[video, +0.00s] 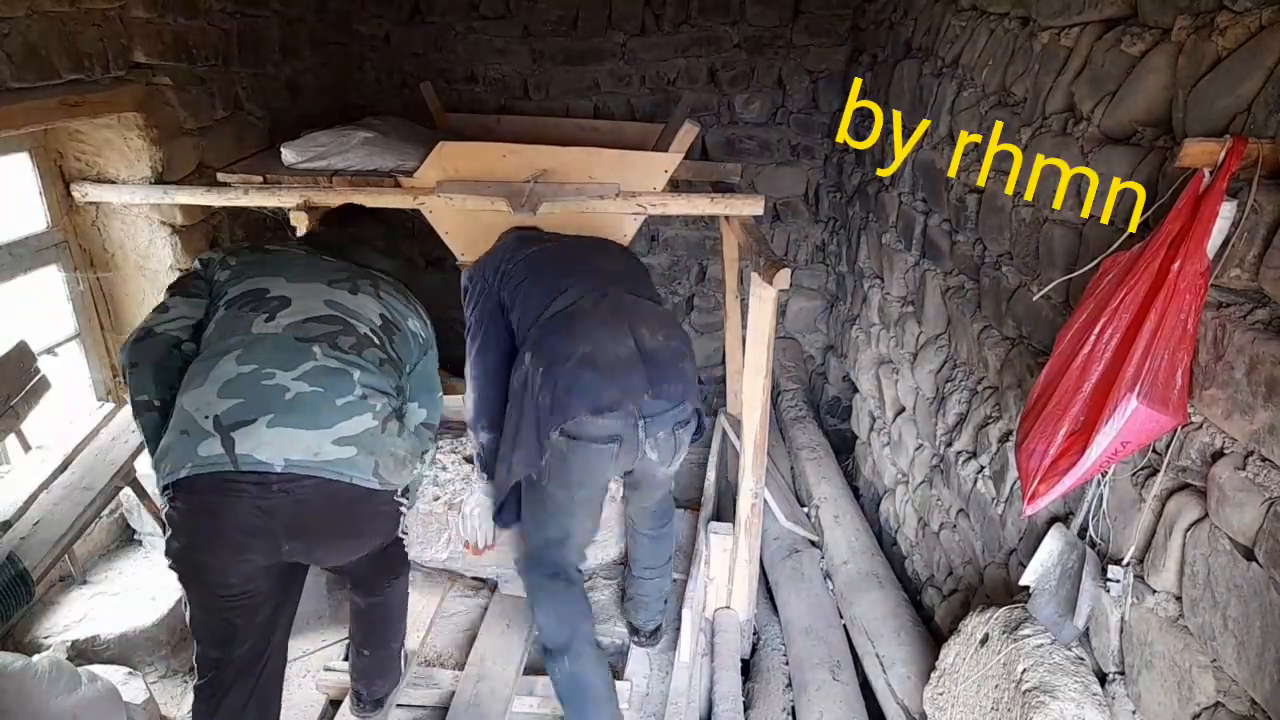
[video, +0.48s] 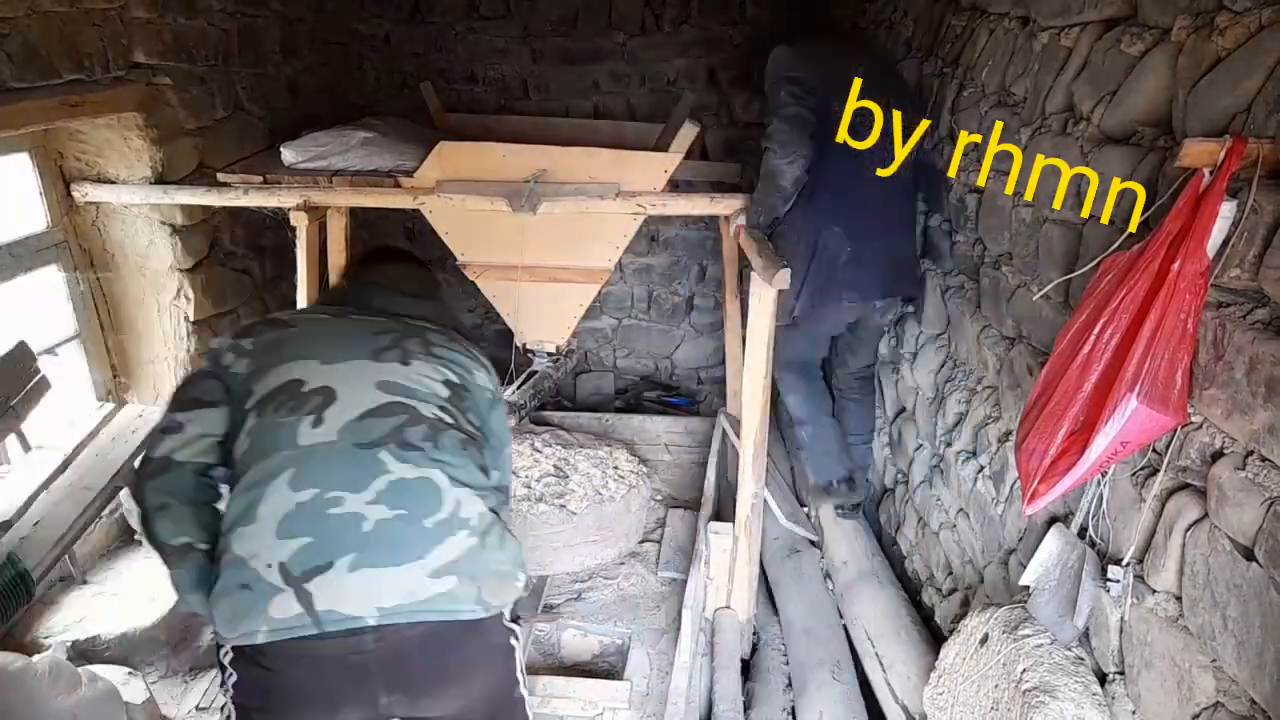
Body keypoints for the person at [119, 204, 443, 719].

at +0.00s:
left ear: (306, 238)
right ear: (379, 255)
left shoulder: (228, 264)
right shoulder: (403, 305)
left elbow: (148, 349)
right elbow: (424, 424)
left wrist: (174, 465)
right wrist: (391, 504)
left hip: (215, 503)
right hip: (346, 502)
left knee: (229, 682)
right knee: (379, 570)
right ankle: (372, 691)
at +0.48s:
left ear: (344, 288)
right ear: (432, 298)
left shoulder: (251, 347)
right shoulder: (466, 360)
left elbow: (167, 473)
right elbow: (495, 494)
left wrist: (207, 597)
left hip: (288, 667)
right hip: (459, 654)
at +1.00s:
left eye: (206, 222)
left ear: (218, 227)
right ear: (323, 221)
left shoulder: (192, 279)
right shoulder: (385, 304)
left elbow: (25, 304)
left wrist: (23, 459)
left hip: (315, 652)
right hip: (459, 623)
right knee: (476, 704)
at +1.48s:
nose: (303, 252)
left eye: (307, 244)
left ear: (317, 249)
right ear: (403, 242)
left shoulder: (267, 309)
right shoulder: (462, 308)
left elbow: (201, 449)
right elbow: (502, 419)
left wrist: (286, 521)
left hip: (347, 588)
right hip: (481, 560)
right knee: (475, 608)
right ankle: (475, 707)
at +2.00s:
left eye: (399, 189)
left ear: (404, 195)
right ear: (489, 212)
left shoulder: (348, 240)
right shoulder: (511, 296)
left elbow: (246, 301)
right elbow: (533, 412)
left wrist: (303, 404)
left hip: (376, 517)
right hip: (486, 516)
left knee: (371, 700)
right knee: (449, 600)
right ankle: (473, 699)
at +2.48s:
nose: (288, 208)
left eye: (293, 200)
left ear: (300, 207)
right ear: (385, 199)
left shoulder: (262, 276)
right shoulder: (442, 274)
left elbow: (207, 404)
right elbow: (497, 371)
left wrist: (298, 444)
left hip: (352, 554)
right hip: (465, 532)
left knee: (335, 708)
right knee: (419, 597)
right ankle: (434, 699)